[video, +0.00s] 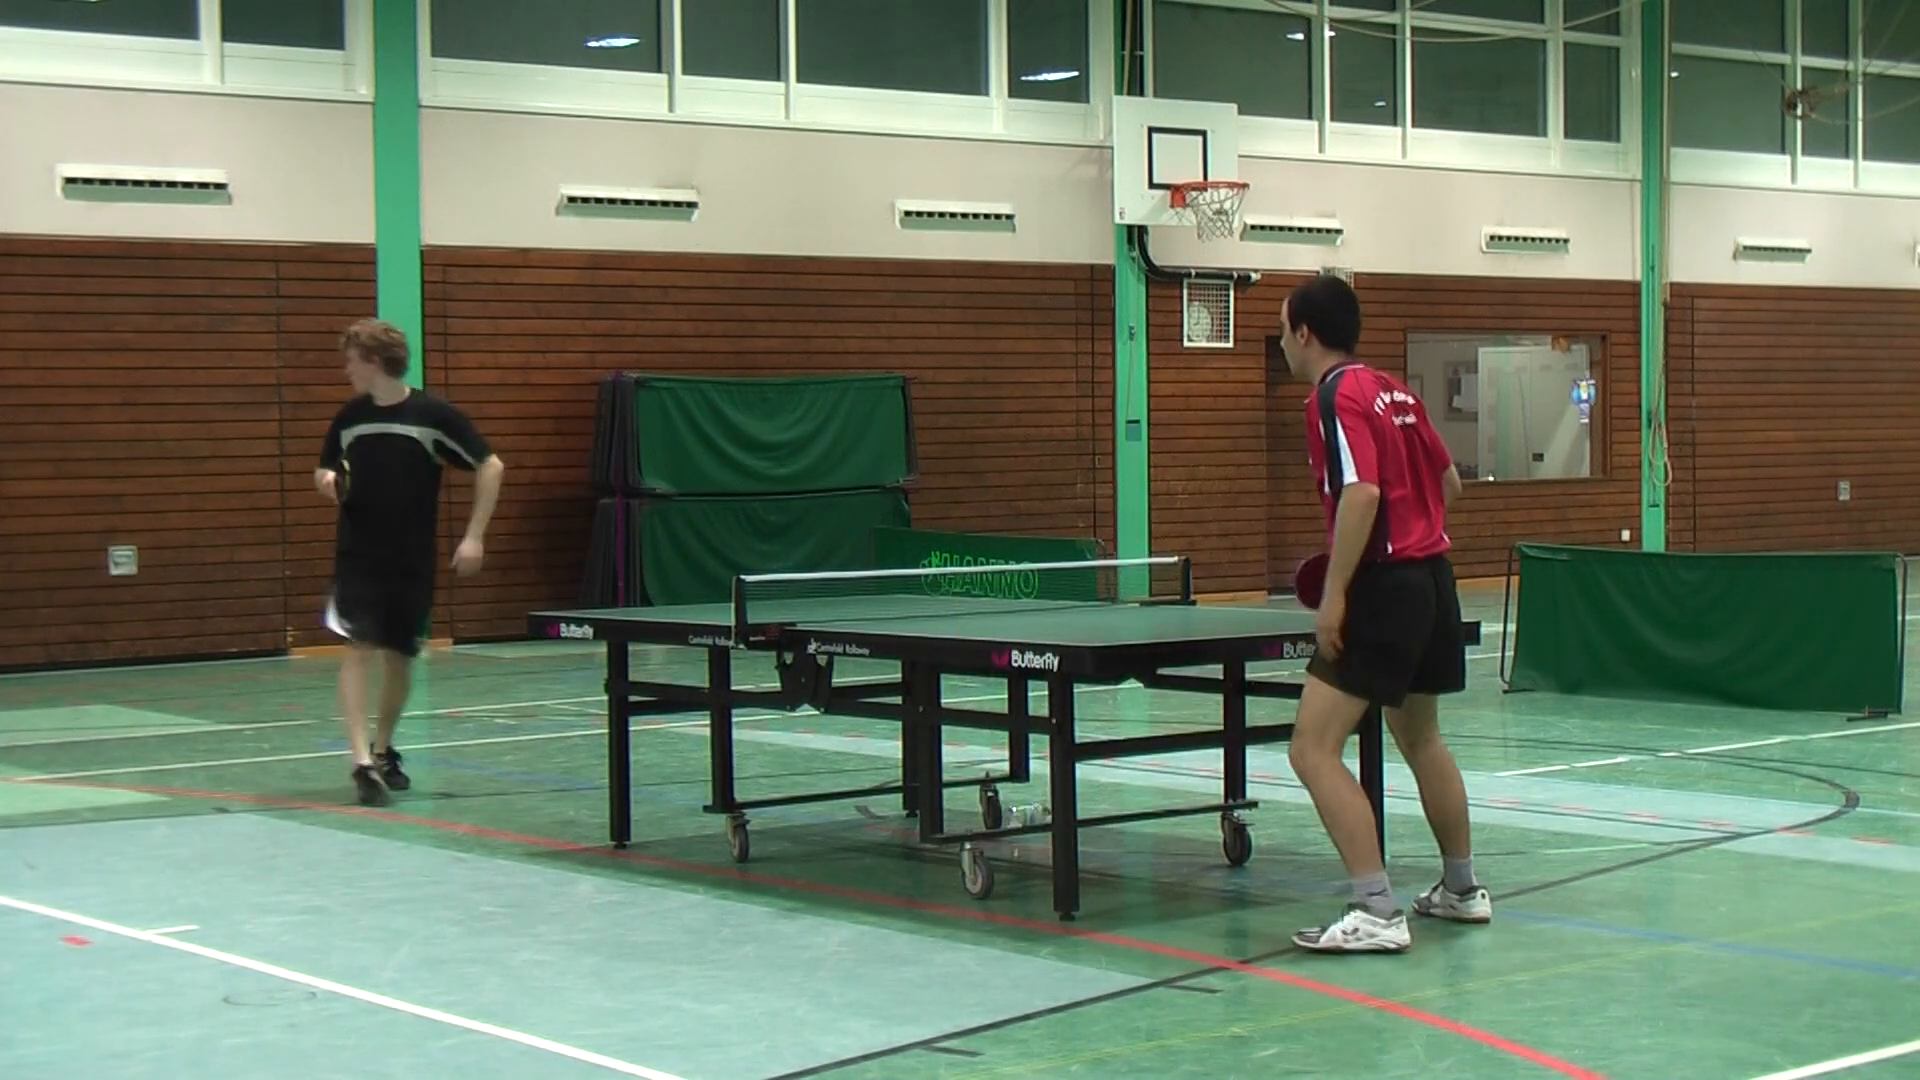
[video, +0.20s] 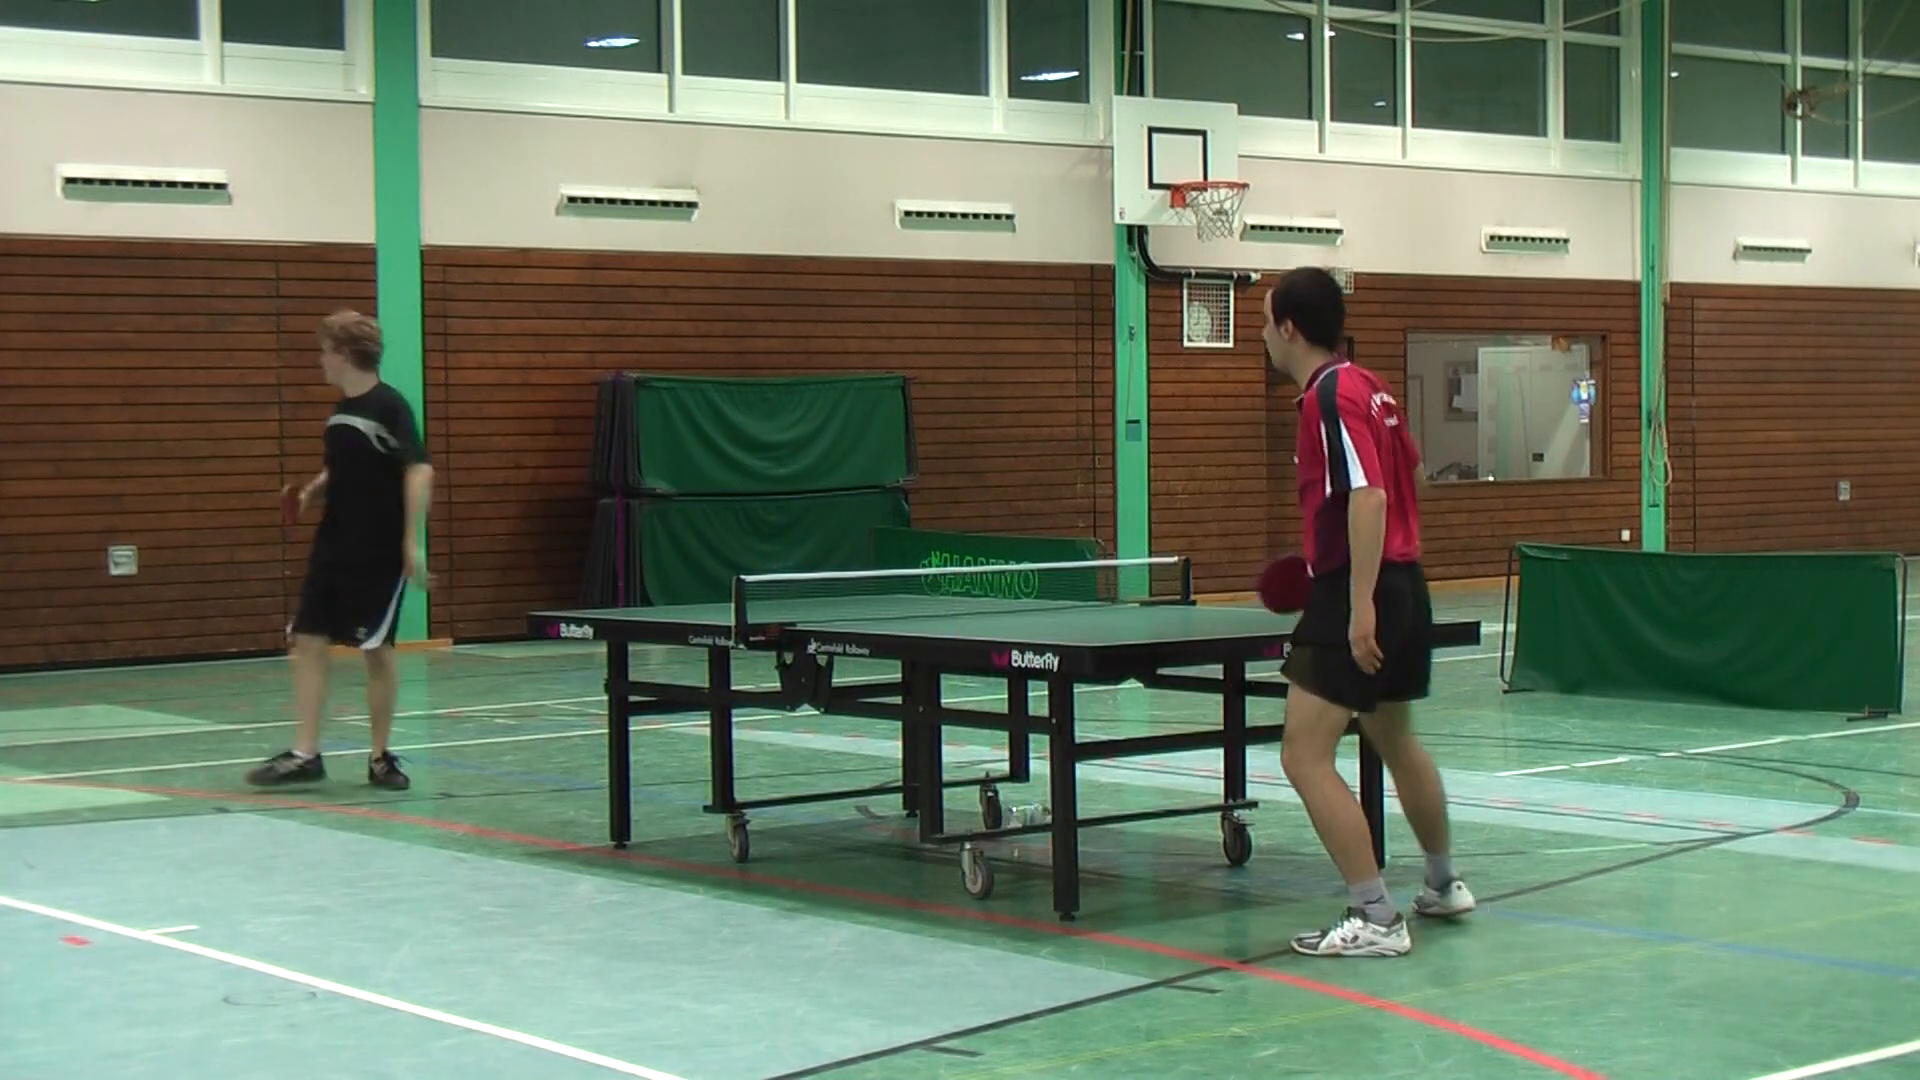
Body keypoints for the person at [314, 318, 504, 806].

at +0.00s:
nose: (346, 369)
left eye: (352, 360)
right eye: (347, 360)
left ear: (376, 363)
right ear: (373, 364)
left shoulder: (434, 413)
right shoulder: (349, 418)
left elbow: (490, 466)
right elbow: (324, 475)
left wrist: (474, 537)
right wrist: (332, 484)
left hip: (413, 559)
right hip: (359, 557)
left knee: (399, 657)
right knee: (359, 650)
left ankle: (383, 747)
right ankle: (361, 761)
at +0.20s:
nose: (320, 360)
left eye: (325, 352)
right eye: (321, 352)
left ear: (346, 355)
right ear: (350, 355)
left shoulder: (392, 406)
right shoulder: (342, 407)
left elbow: (418, 472)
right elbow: (346, 467)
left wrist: (413, 543)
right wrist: (313, 488)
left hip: (381, 547)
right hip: (335, 544)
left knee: (377, 649)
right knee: (307, 642)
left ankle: (381, 756)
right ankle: (306, 753)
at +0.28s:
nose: (306, 361)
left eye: (310, 352)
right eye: (307, 352)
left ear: (331, 355)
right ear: (334, 355)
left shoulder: (376, 406)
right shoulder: (332, 409)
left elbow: (390, 476)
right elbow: (336, 482)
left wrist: (375, 544)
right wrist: (297, 514)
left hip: (370, 547)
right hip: (328, 544)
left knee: (371, 649)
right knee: (295, 636)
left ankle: (380, 757)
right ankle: (294, 748)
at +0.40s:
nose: (283, 364)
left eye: (287, 356)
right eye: (284, 355)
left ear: (306, 359)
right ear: (315, 359)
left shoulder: (345, 404)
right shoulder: (313, 408)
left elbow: (354, 474)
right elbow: (321, 482)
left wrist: (312, 539)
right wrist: (306, 542)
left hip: (356, 548)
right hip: (320, 546)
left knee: (362, 647)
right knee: (287, 635)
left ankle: (380, 757)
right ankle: (286, 746)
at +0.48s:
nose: (264, 367)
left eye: (268, 358)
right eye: (266, 358)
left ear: (287, 362)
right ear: (296, 362)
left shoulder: (320, 410)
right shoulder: (293, 410)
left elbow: (327, 474)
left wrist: (280, 533)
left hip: (337, 548)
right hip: (306, 546)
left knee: (351, 648)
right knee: (287, 640)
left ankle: (379, 757)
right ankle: (287, 749)